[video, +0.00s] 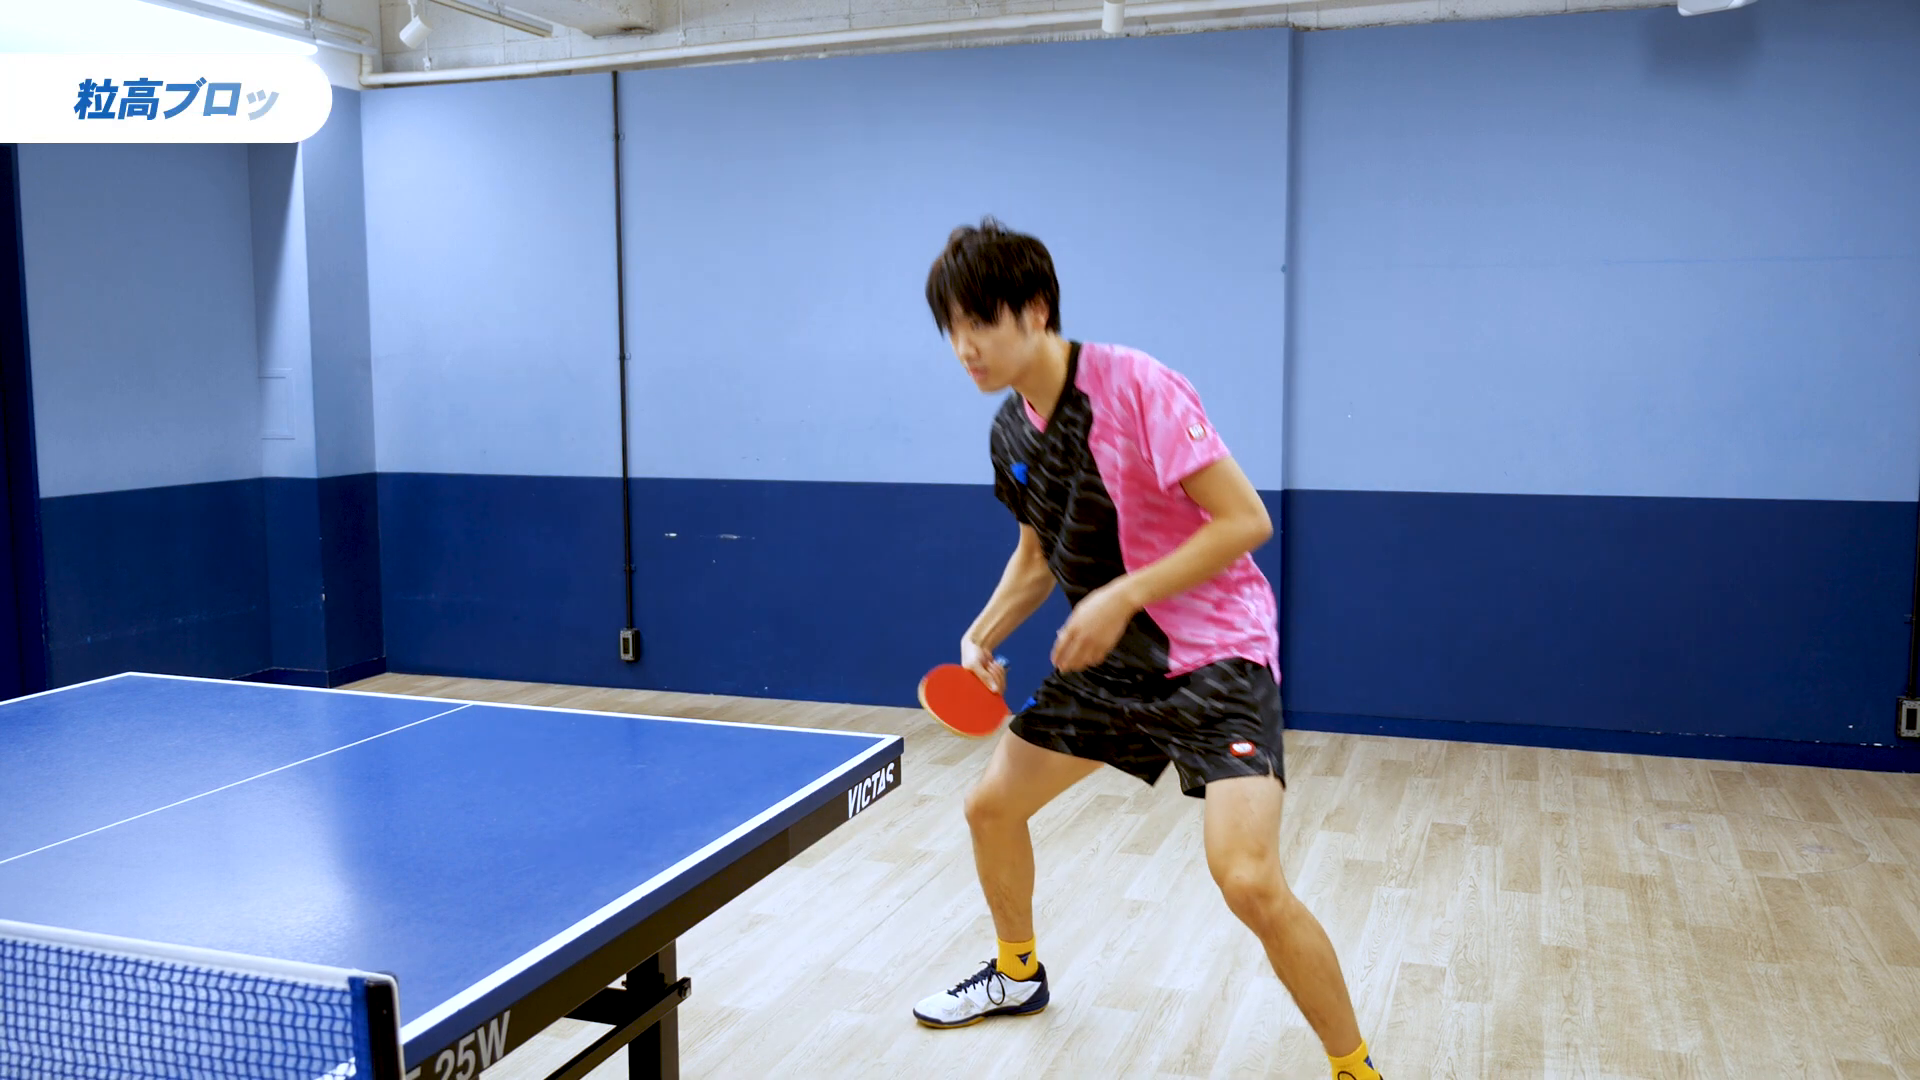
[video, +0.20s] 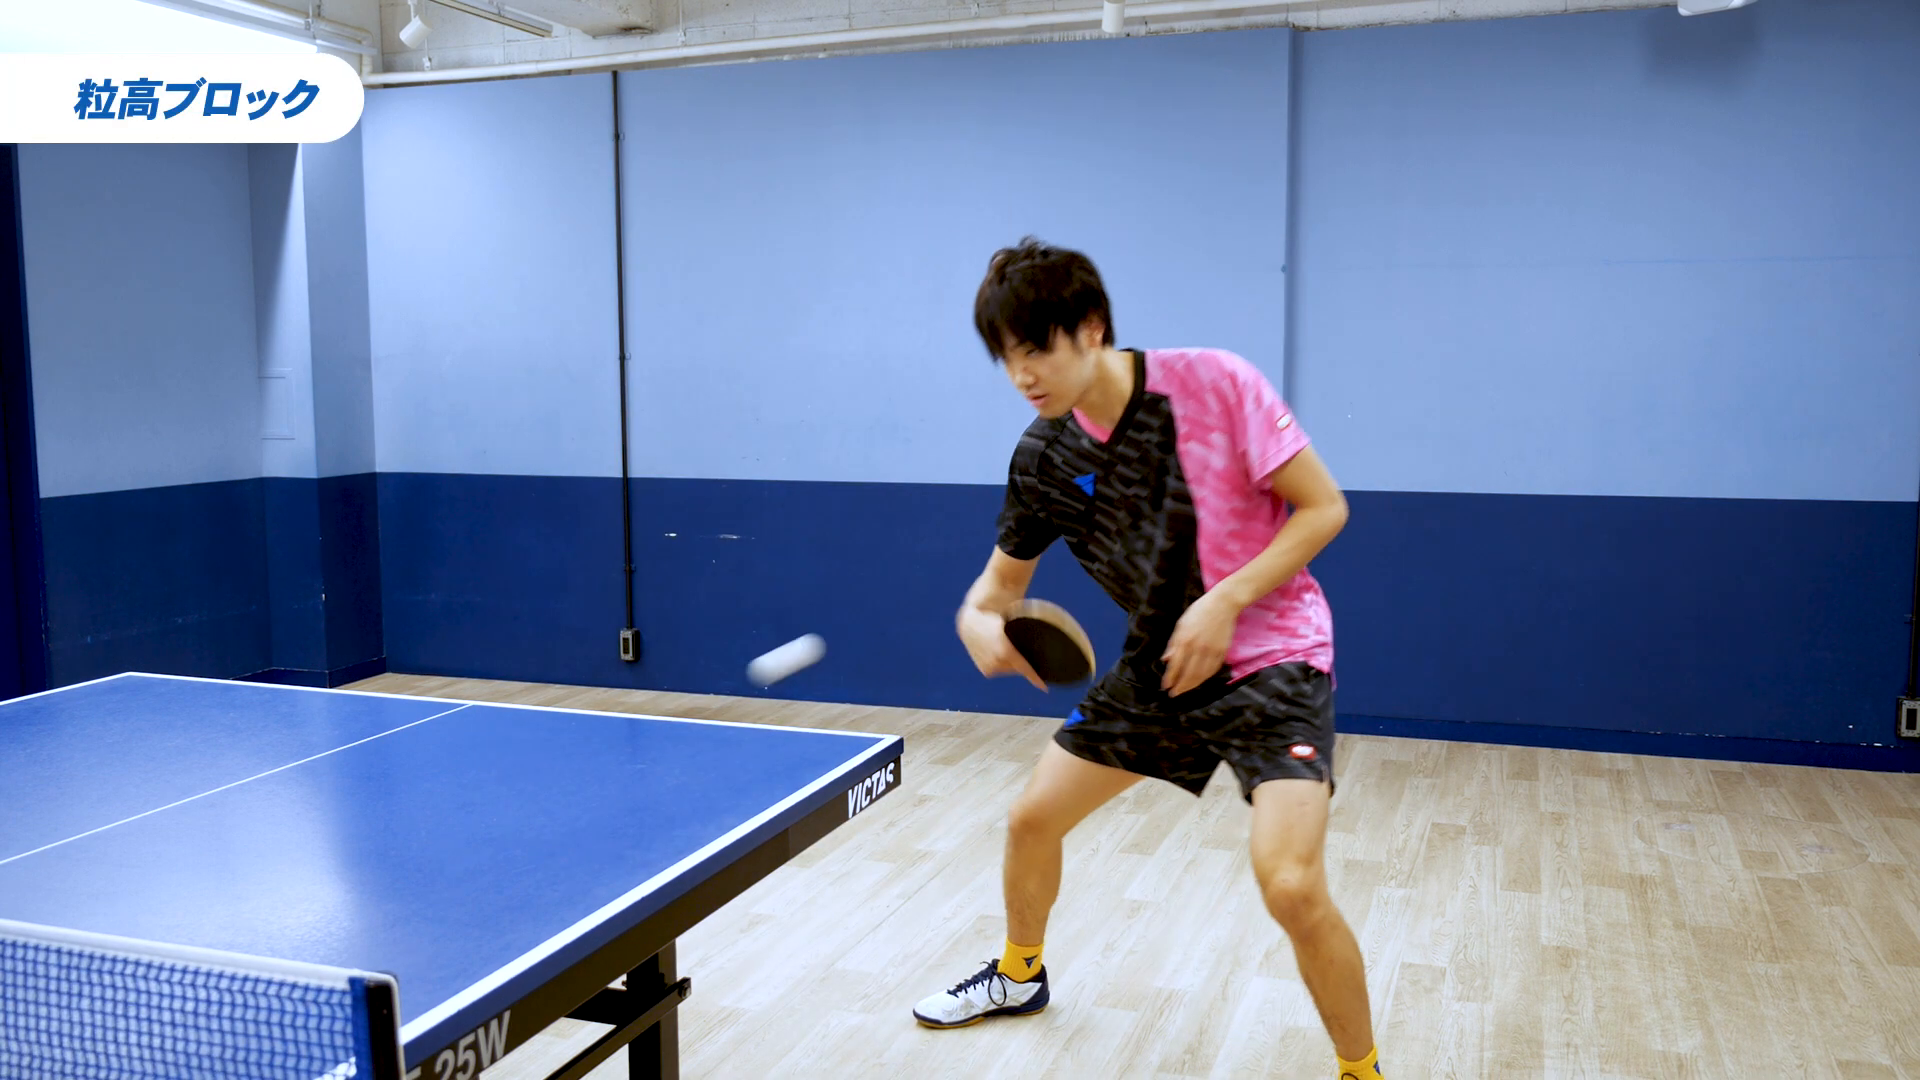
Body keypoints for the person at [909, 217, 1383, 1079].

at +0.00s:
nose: (963, 346)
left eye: (977, 321)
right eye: (952, 328)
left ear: (1036, 312)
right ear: (954, 335)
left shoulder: (1136, 385)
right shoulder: (1013, 431)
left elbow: (1246, 520)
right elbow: (1038, 554)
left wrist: (1123, 595)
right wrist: (982, 634)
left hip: (1219, 659)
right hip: (1114, 658)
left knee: (1248, 879)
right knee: (991, 806)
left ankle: (1353, 1066)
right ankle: (1016, 972)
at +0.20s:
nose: (1020, 376)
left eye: (1034, 349)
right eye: (1007, 357)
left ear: (1090, 328)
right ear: (1002, 359)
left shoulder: (1216, 384)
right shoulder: (1043, 459)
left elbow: (1325, 508)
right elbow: (1000, 584)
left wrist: (1227, 600)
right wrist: (977, 621)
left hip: (1275, 654)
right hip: (1157, 659)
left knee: (1292, 885)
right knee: (1033, 818)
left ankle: (1361, 1069)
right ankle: (1019, 973)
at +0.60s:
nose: (1086, 269)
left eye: (1106, 245)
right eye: (1074, 249)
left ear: (1167, 244)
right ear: (1067, 259)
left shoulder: (1263, 339)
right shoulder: (1061, 385)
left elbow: (1334, 482)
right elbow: (981, 518)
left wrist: (1247, 548)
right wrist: (915, 543)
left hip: (1264, 630)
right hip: (1146, 626)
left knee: (1311, 871)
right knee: (1029, 809)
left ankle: (1361, 1067)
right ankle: (1017, 971)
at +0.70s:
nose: (1075, 287)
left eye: (1095, 264)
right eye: (1063, 269)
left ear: (1154, 264)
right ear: (1058, 277)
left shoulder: (1248, 367)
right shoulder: (1055, 402)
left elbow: (1320, 513)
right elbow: (1006, 548)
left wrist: (1214, 578)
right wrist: (950, 582)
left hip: (1244, 650)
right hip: (1127, 648)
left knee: (1288, 883)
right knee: (1006, 814)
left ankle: (1359, 1069)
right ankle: (1015, 971)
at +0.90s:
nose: (1026, 282)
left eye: (1044, 258)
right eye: (1014, 265)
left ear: (1102, 256)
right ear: (1009, 276)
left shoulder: (1206, 351)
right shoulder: (1047, 389)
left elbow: (1294, 488)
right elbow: (1066, 529)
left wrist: (1168, 559)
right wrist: (1009, 605)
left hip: (1243, 636)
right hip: (1135, 640)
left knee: (1273, 871)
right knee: (1036, 796)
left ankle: (1358, 1067)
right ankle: (1017, 969)